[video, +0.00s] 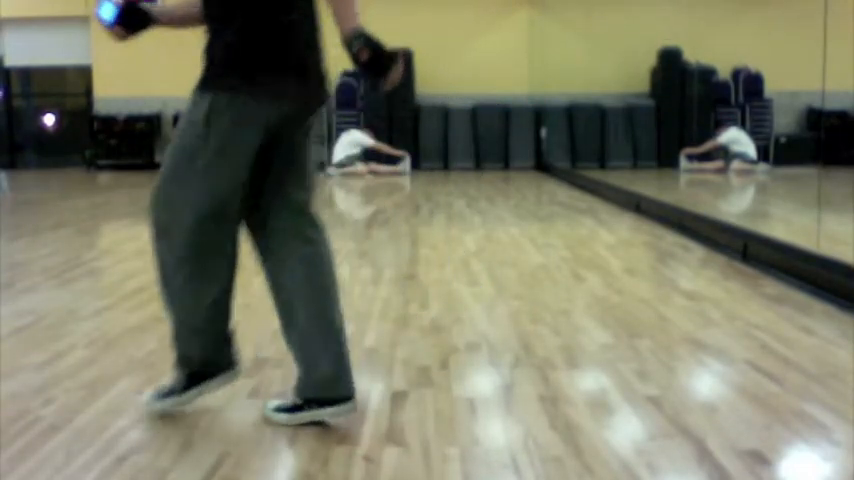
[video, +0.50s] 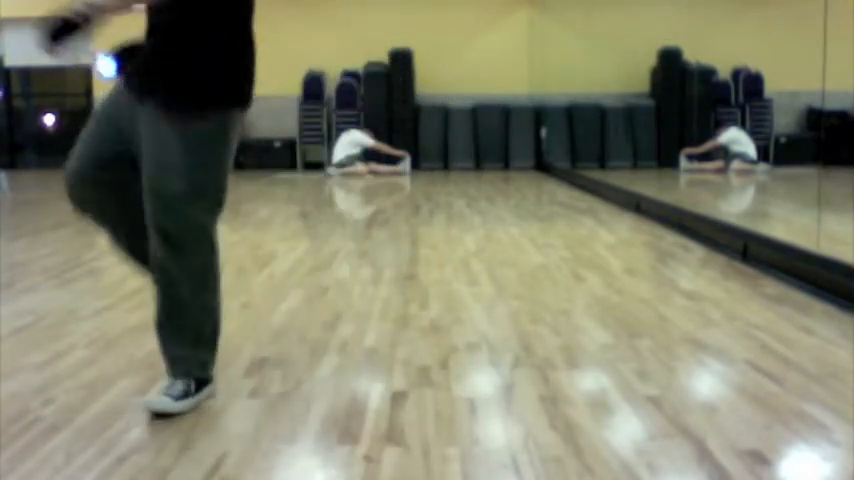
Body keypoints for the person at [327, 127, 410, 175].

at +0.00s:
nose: (369, 141)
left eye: (370, 139)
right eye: (369, 139)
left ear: (363, 132)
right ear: (366, 135)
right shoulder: (356, 134)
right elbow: (378, 147)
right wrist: (400, 153)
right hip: (343, 165)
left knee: (372, 166)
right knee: (367, 168)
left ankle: (397, 169)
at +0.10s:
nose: (369, 141)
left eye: (370, 139)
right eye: (369, 139)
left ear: (364, 133)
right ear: (366, 135)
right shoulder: (355, 134)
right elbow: (378, 147)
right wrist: (400, 153)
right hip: (344, 165)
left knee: (372, 166)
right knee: (367, 168)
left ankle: (397, 169)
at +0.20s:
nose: (369, 141)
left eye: (369, 140)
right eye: (369, 139)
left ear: (363, 133)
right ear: (366, 135)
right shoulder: (356, 134)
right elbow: (378, 147)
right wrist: (400, 153)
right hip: (343, 166)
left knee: (372, 166)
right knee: (368, 168)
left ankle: (397, 169)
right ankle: (398, 169)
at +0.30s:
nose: (369, 141)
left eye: (369, 140)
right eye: (369, 139)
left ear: (363, 133)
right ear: (366, 135)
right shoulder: (356, 134)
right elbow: (378, 147)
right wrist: (400, 153)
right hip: (343, 166)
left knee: (372, 166)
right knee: (367, 168)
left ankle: (397, 169)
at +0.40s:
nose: (369, 141)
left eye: (369, 140)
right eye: (369, 139)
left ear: (363, 133)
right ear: (366, 135)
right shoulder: (356, 134)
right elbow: (378, 147)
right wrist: (400, 153)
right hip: (343, 166)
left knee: (372, 166)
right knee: (367, 168)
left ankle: (397, 169)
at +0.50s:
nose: (369, 141)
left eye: (369, 139)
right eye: (369, 139)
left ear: (363, 133)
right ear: (366, 134)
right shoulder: (356, 134)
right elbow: (378, 147)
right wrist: (400, 153)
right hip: (343, 166)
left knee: (372, 166)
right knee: (367, 168)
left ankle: (397, 169)